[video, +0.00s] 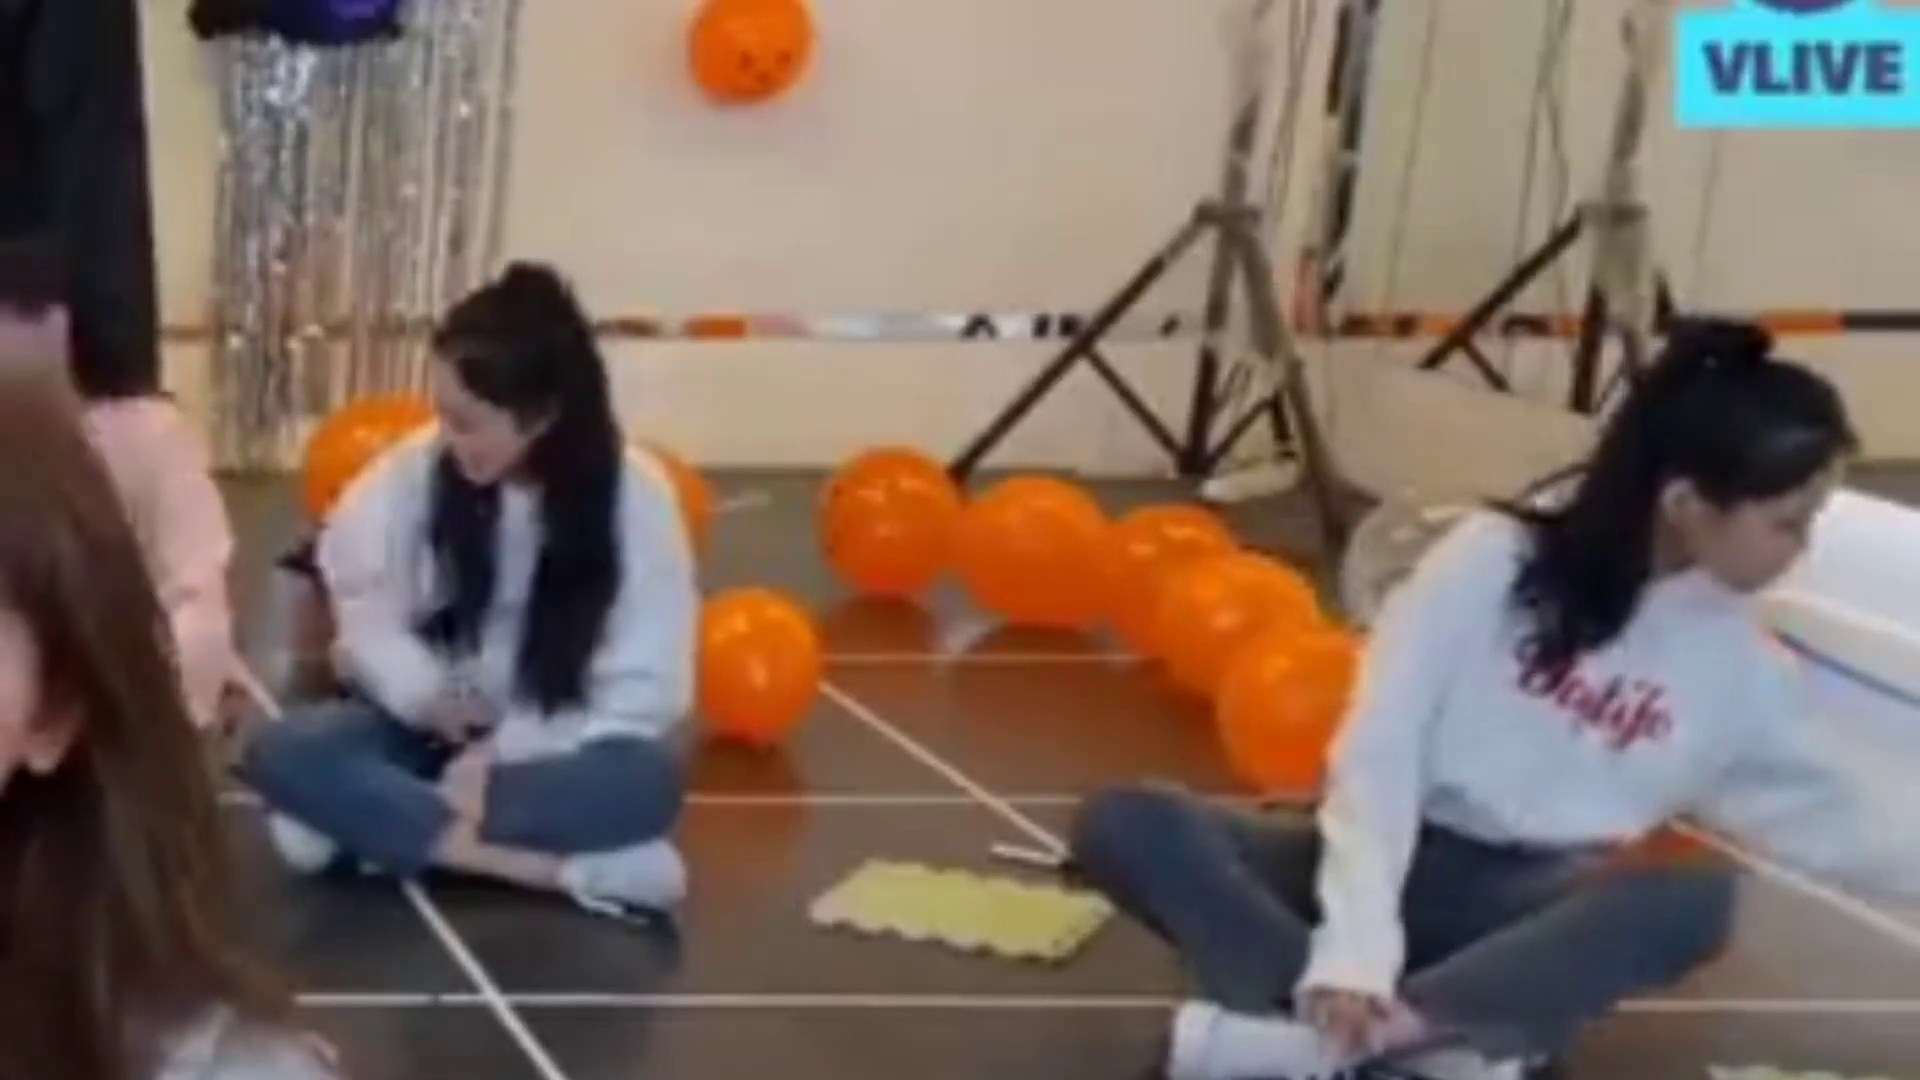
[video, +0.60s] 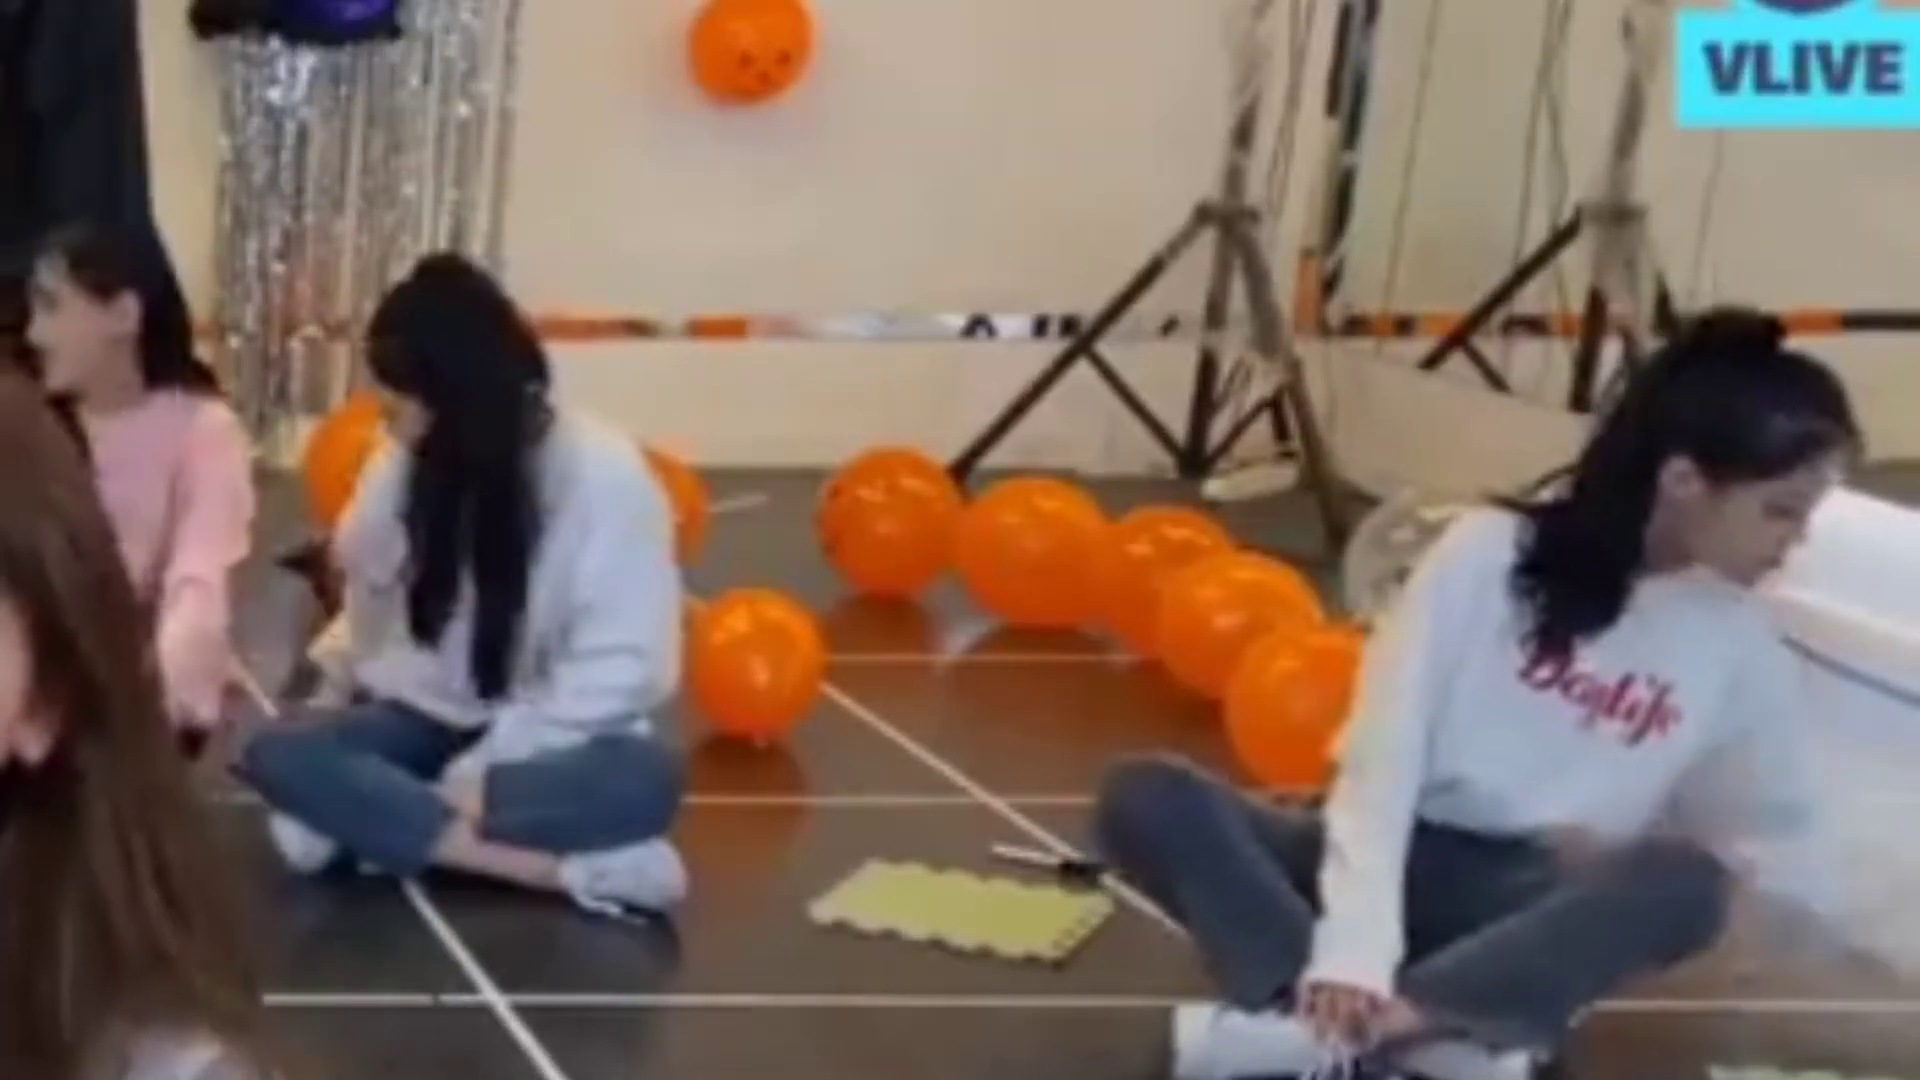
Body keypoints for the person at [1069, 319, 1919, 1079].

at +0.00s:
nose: (1803, 546)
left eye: (1812, 522)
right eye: (1788, 521)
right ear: (1688, 502)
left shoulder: (1740, 678)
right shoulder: (1488, 557)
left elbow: (1865, 831)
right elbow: (1376, 759)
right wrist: (1357, 949)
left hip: (1517, 893)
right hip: (1371, 851)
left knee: (1694, 899)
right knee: (1122, 822)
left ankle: (1330, 1040)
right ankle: (1404, 1045)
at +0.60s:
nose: (1799, 538)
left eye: (1809, 513)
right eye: (1782, 510)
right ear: (1683, 483)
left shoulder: (1736, 647)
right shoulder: (1482, 554)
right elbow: (1376, 761)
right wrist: (1351, 948)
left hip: (1516, 891)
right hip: (1369, 856)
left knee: (1687, 889)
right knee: (1143, 793)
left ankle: (1325, 1038)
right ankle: (1410, 1046)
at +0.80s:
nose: (1808, 549)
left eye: (1821, 524)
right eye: (1797, 519)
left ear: (1710, 489)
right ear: (1707, 485)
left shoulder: (1727, 650)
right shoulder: (1488, 556)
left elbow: (1705, 833)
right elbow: (1376, 759)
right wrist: (1360, 950)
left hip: (1511, 886)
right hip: (1366, 852)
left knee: (1693, 894)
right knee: (1147, 791)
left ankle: (1332, 1039)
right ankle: (1404, 1043)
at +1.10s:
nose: (1795, 538)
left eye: (1810, 512)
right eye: (1788, 508)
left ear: (1711, 489)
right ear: (1699, 480)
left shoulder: (1731, 647)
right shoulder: (1471, 555)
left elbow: (1893, 772)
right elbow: (1366, 760)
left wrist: (1740, 816)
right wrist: (1351, 952)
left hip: (1503, 892)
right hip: (1359, 852)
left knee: (1689, 897)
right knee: (1142, 792)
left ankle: (1322, 1042)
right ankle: (1407, 1047)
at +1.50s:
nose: (1755, 530)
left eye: (1768, 505)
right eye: (1743, 502)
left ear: (1671, 477)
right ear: (1655, 469)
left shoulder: (1689, 624)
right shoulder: (1451, 558)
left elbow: (1670, 823)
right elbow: (1340, 772)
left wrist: (1839, 819)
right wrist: (1416, 922)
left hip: (1509, 892)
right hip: (1357, 855)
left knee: (1691, 893)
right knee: (1133, 807)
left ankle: (1359, 1026)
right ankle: (1425, 1036)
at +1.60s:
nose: (1718, 513)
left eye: (1734, 487)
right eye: (1706, 484)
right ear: (1607, 453)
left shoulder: (1680, 627)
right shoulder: (1418, 554)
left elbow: (1689, 821)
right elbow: (1345, 774)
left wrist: (1859, 849)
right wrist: (1469, 884)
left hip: (1508, 899)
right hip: (1354, 866)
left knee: (1680, 890)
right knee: (1119, 816)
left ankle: (1328, 1033)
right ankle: (1393, 1042)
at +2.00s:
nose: (1585, 491)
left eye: (1609, 464)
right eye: (1563, 457)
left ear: (1629, 454)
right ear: (1464, 427)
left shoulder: (1619, 603)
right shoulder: (1319, 571)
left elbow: (1751, 773)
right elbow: (1229, 770)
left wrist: (1902, 829)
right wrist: (1286, 917)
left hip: (1469, 906)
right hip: (1300, 882)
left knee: (1670, 879)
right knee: (1086, 851)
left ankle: (1310, 1038)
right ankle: (1399, 1044)